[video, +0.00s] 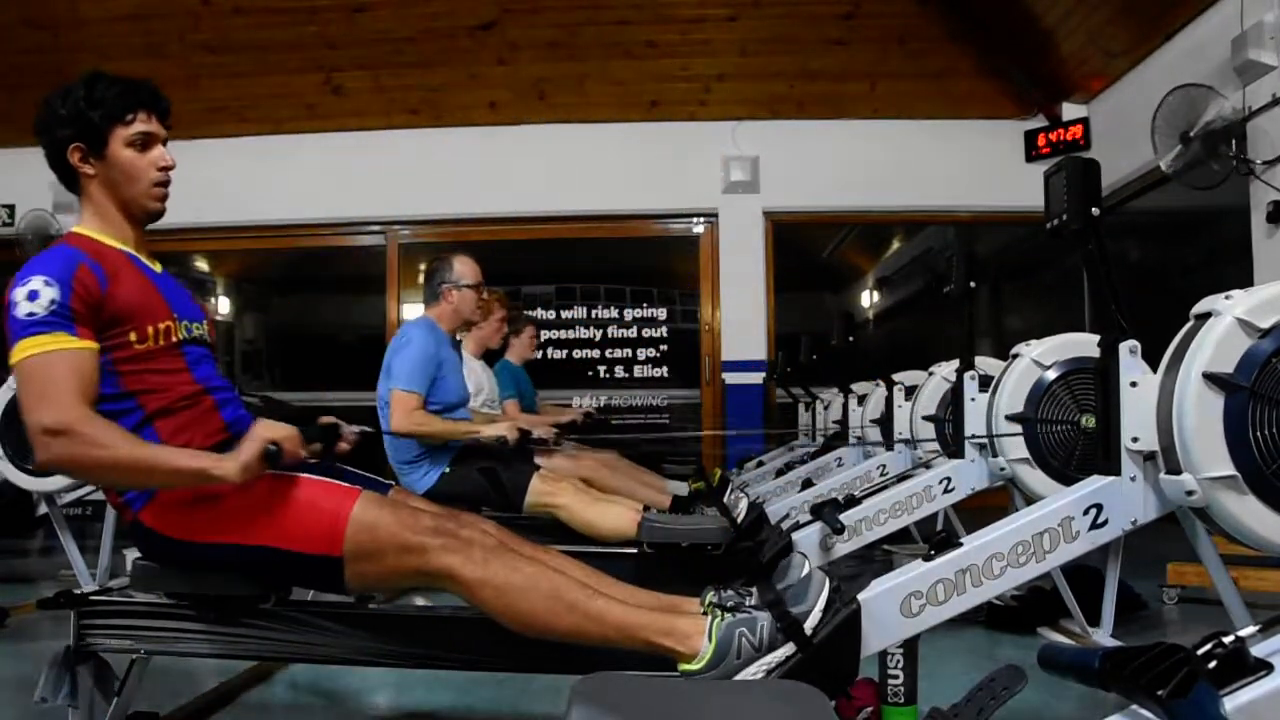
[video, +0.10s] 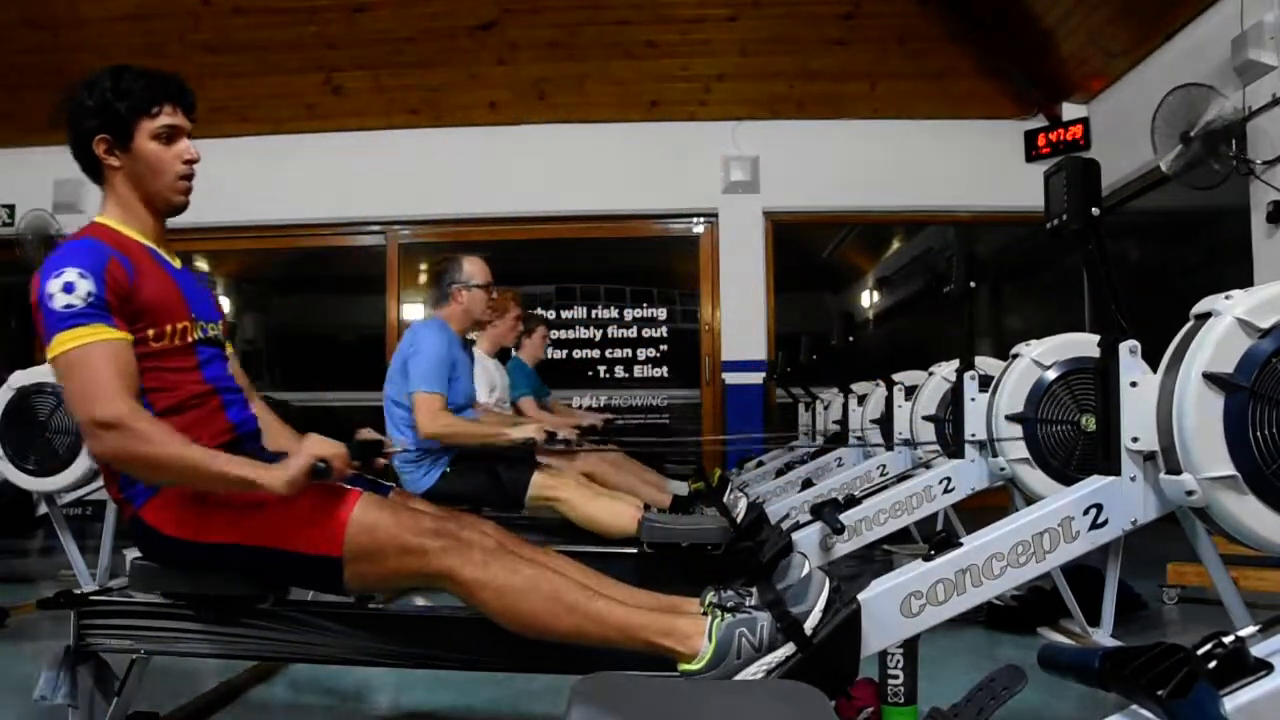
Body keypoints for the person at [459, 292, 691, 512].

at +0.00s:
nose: (503, 332)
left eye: (503, 325)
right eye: (498, 324)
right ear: (476, 325)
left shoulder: (481, 365)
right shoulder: (459, 363)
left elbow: (486, 410)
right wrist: (516, 424)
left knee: (602, 458)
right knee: (591, 465)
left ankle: (678, 493)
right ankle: (674, 504)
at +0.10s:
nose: (518, 329)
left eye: (517, 322)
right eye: (513, 321)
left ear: (503, 326)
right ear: (492, 322)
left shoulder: (495, 364)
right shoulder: (473, 362)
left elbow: (500, 408)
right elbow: (473, 412)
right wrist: (524, 424)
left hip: (511, 439)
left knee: (606, 455)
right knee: (596, 461)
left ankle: (678, 492)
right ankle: (674, 503)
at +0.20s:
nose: (504, 298)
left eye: (503, 289)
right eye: (496, 289)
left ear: (474, 297)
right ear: (469, 296)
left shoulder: (468, 343)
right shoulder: (445, 339)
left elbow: (494, 410)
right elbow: (460, 424)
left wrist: (548, 430)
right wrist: (540, 438)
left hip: (458, 460)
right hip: (434, 471)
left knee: (572, 469)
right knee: (564, 478)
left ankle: (670, 526)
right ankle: (665, 533)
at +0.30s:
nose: (521, 301)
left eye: (520, 292)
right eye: (514, 292)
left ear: (488, 298)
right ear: (486, 297)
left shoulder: (482, 341)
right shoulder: (462, 338)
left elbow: (518, 408)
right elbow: (491, 423)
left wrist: (579, 435)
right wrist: (570, 446)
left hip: (465, 453)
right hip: (441, 464)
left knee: (582, 463)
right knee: (571, 471)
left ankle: (668, 518)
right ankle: (659, 527)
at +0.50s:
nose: (557, 302)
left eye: (555, 293)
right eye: (549, 294)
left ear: (524, 301)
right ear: (522, 300)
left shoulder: (518, 341)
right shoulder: (500, 339)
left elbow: (570, 404)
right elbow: (554, 415)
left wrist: (636, 440)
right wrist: (636, 448)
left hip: (497, 450)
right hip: (474, 459)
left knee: (603, 440)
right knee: (593, 442)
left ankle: (664, 514)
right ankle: (663, 515)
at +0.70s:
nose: (602, 307)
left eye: (601, 298)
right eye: (594, 298)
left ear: (569, 304)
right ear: (568, 303)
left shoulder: (560, 342)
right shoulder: (548, 342)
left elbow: (623, 404)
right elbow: (615, 411)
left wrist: (693, 442)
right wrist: (690, 448)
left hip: (534, 444)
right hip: (513, 453)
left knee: (641, 419)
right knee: (624, 427)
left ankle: (684, 505)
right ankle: (674, 515)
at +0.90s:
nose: (653, 312)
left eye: (651, 303)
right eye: (645, 302)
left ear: (618, 310)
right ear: (618, 309)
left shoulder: (608, 345)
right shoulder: (599, 345)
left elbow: (674, 407)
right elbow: (670, 411)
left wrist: (737, 441)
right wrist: (747, 453)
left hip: (566, 439)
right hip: (553, 446)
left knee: (667, 413)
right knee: (660, 413)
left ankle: (678, 507)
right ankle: (674, 511)